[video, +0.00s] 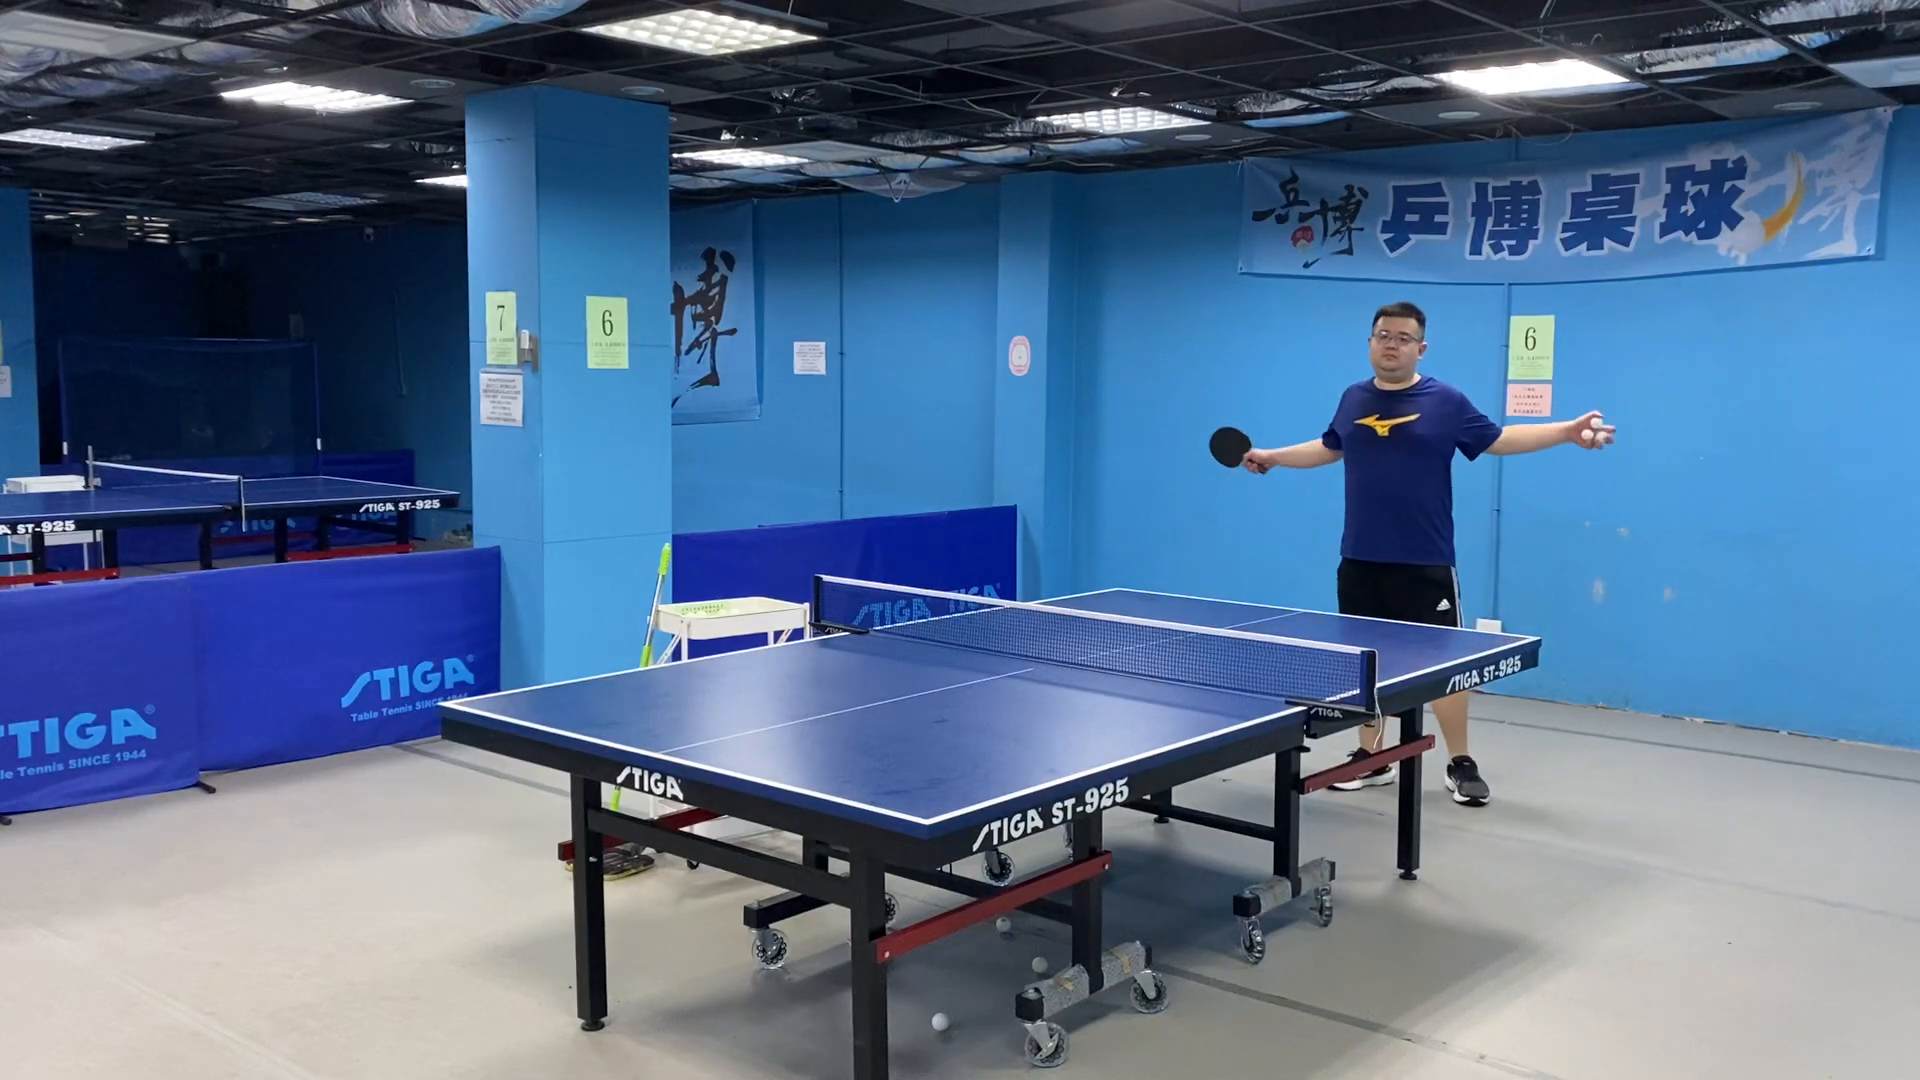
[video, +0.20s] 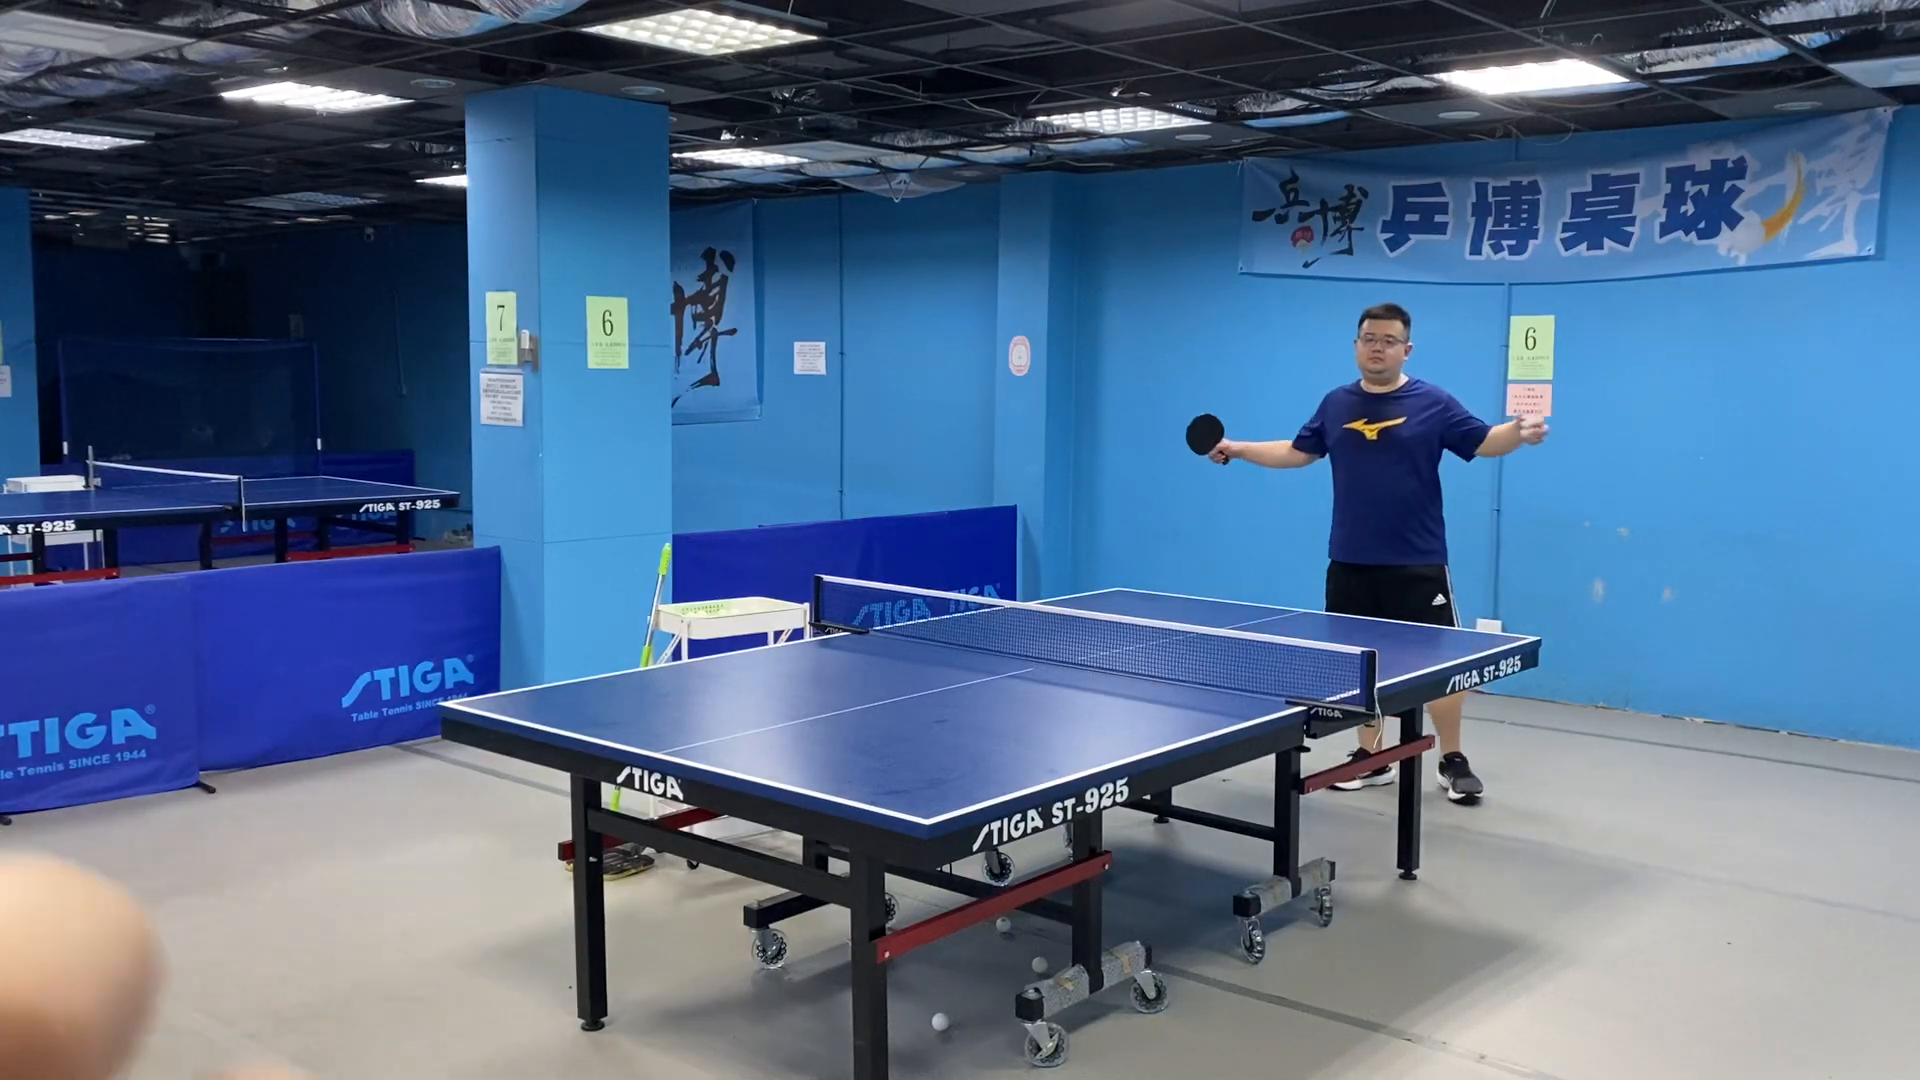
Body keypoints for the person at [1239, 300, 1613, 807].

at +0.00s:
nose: (1392, 346)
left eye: (1404, 339)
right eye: (1384, 336)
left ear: (1421, 349)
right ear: (1370, 343)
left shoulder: (1445, 402)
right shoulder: (1354, 399)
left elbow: (1497, 440)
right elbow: (1329, 448)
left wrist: (1568, 430)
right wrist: (1271, 457)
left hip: (1426, 562)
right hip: (1362, 559)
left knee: (1445, 664)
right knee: (1363, 658)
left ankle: (1460, 763)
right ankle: (1371, 754)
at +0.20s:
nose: (1377, 349)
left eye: (1388, 341)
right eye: (1369, 339)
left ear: (1406, 350)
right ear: (1356, 345)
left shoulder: (1432, 402)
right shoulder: (1337, 403)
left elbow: (1480, 441)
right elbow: (1297, 451)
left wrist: (1519, 431)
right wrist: (1236, 449)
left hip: (1418, 563)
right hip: (1351, 561)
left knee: (1439, 664)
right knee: (1354, 660)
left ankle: (1452, 758)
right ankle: (1370, 754)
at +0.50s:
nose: (1356, 355)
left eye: (1366, 345)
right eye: (1347, 348)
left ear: (1387, 349)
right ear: (1338, 356)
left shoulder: (1417, 402)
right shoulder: (1327, 415)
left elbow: (1409, 465)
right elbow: (1314, 471)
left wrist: (1364, 517)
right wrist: (1318, 504)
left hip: (1422, 561)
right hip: (1358, 563)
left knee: (1446, 661)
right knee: (1360, 658)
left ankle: (1463, 759)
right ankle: (1372, 753)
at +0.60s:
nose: (1352, 358)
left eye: (1361, 348)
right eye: (1342, 351)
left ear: (1383, 351)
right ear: (1334, 360)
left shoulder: (1412, 401)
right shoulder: (1328, 418)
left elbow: (1395, 475)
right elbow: (1322, 482)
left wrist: (1356, 538)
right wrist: (1342, 526)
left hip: (1427, 563)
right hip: (1364, 565)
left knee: (1456, 660)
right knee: (1361, 660)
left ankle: (1479, 759)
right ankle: (1371, 754)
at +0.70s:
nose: (1349, 362)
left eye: (1359, 353)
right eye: (1341, 356)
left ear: (1384, 358)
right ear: (1334, 365)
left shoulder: (1415, 409)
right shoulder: (1330, 425)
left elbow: (1408, 483)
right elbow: (1325, 493)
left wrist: (1359, 543)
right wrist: (1347, 544)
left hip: (1433, 567)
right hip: (1367, 570)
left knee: (1467, 660)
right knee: (1354, 659)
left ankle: (1500, 760)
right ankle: (1369, 754)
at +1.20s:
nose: (1438, 389)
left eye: (1450, 380)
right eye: (1431, 378)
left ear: (1476, 379)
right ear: (1423, 375)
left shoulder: (1502, 425)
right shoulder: (1404, 426)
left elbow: (1508, 473)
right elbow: (1376, 485)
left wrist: (1453, 418)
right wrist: (1343, 543)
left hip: (1498, 584)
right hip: (1421, 581)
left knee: (1522, 675)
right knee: (1385, 668)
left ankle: (1545, 787)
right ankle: (1373, 756)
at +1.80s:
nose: (1409, 406)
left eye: (1422, 398)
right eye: (1402, 396)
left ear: (1446, 404)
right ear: (1393, 400)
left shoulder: (1484, 457)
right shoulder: (1377, 452)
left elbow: (1514, 519)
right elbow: (1359, 507)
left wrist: (1480, 576)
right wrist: (1344, 553)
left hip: (1475, 591)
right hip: (1395, 587)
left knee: (1514, 677)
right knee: (1340, 656)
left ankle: (1539, 786)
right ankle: (1335, 752)